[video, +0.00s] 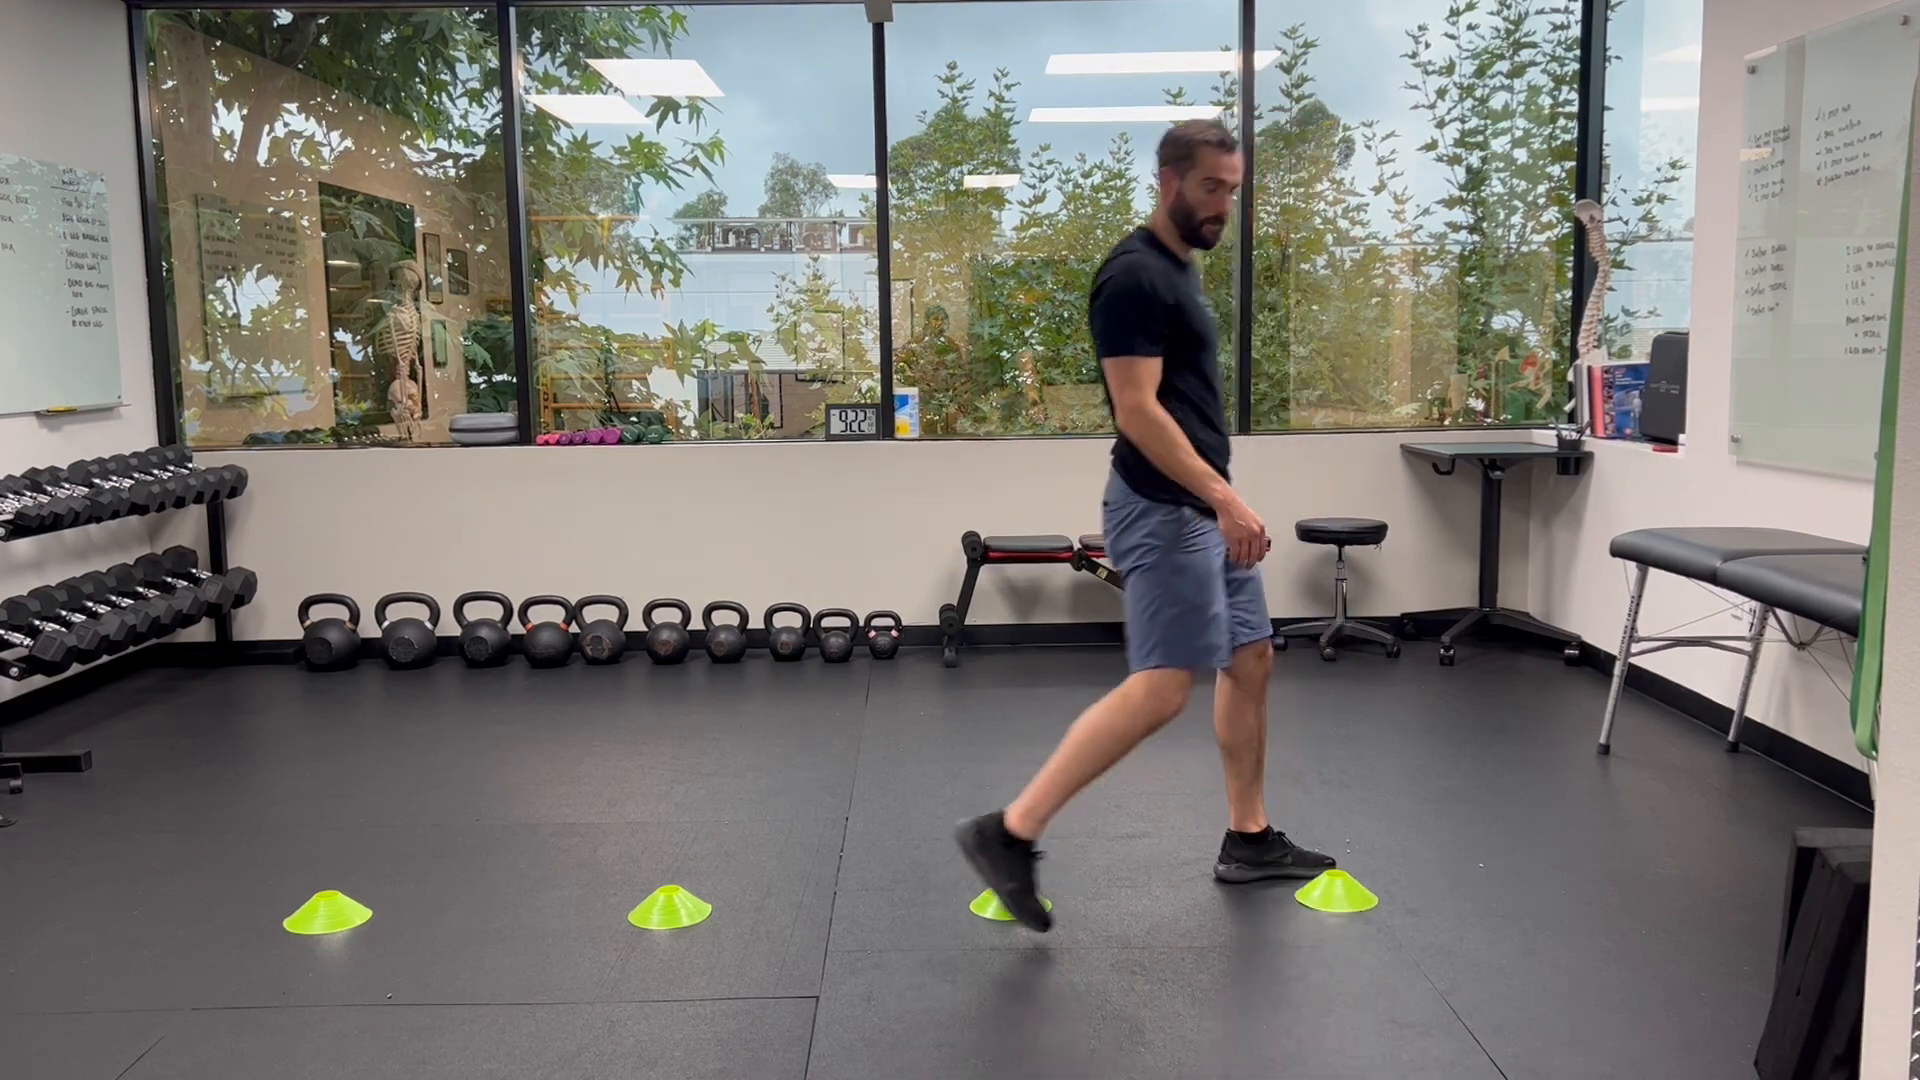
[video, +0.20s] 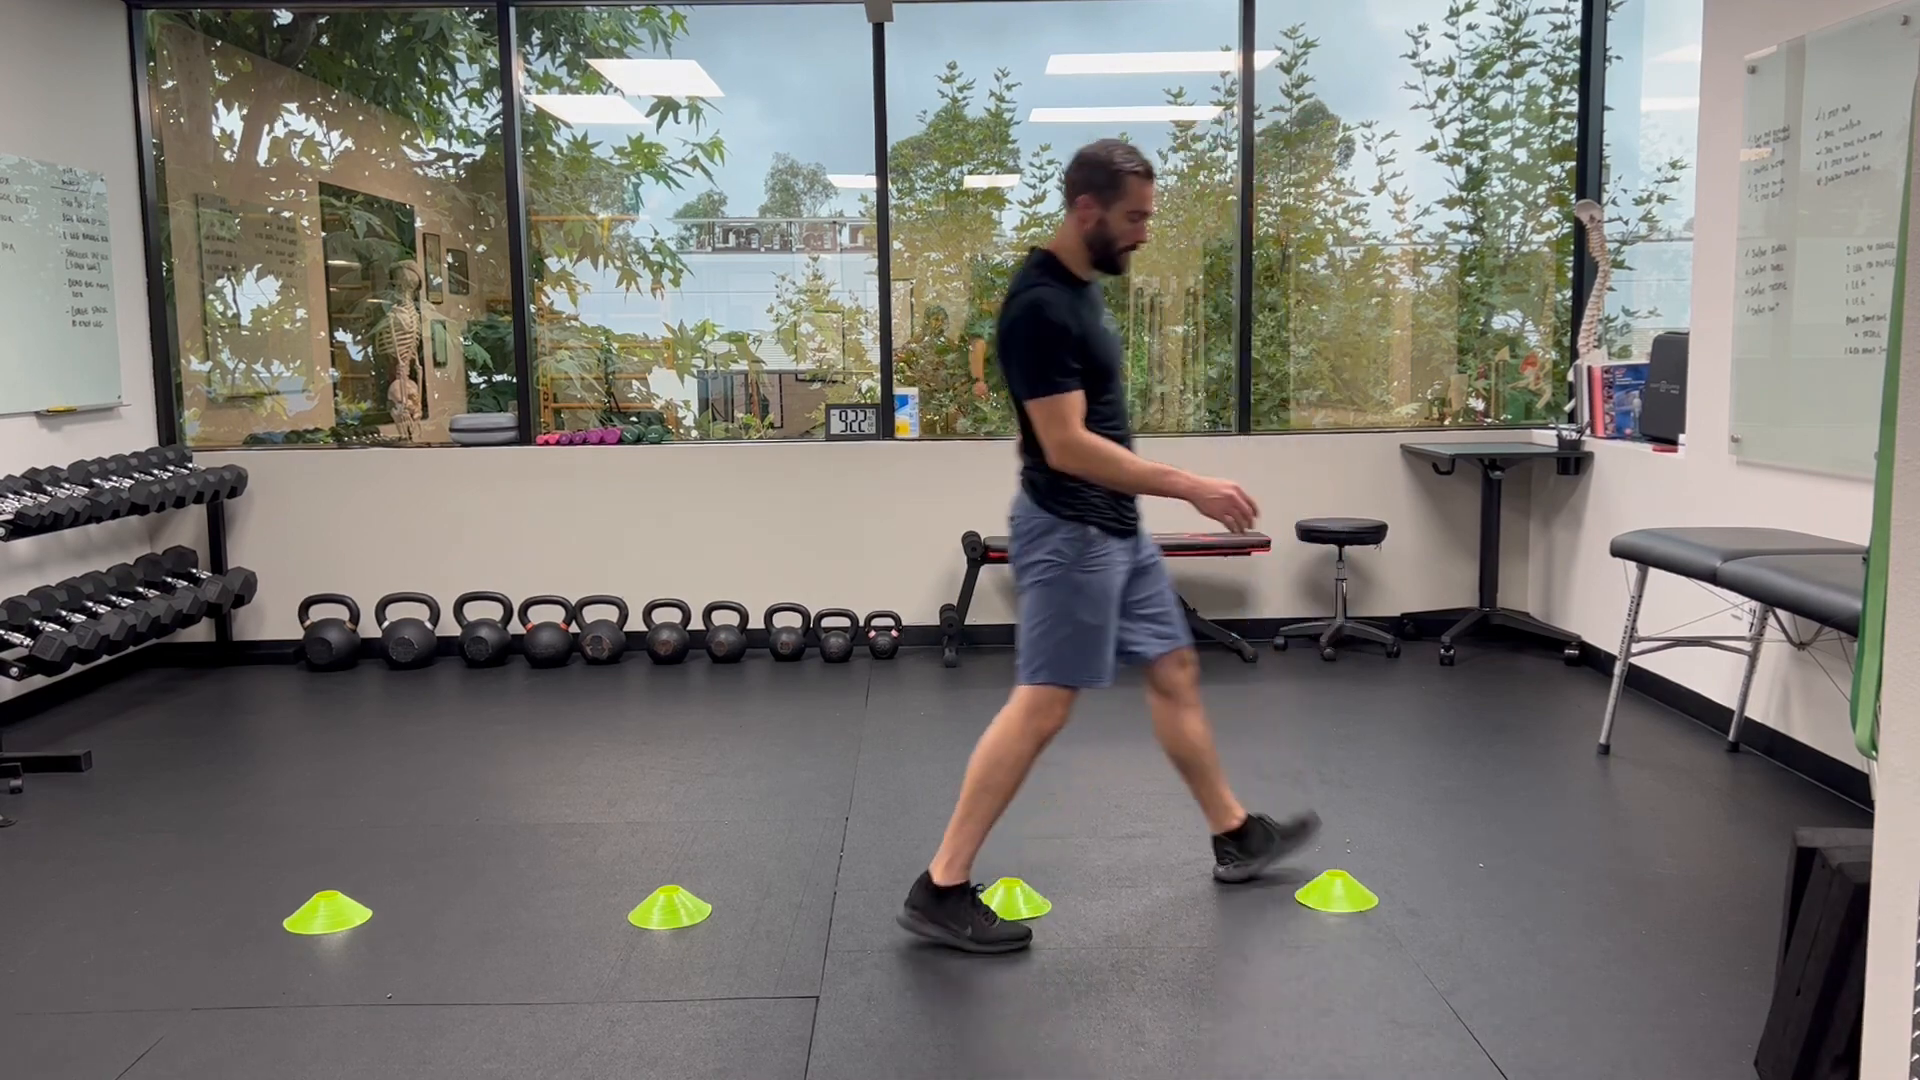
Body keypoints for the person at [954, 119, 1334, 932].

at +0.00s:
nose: (1223, 206)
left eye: (1233, 191)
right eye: (1212, 189)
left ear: (1233, 189)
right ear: (1168, 182)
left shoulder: (1177, 272)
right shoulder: (1134, 276)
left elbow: (1176, 408)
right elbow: (1137, 415)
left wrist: (1218, 510)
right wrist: (1227, 501)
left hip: (1203, 507)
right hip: (1161, 510)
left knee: (1250, 661)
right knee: (1162, 686)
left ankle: (1249, 839)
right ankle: (1011, 832)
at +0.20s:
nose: (1146, 231)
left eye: (1149, 216)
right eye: (1136, 215)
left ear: (1100, 210)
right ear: (1085, 207)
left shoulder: (1081, 289)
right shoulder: (1040, 302)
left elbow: (1084, 430)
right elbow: (1063, 446)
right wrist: (1192, 486)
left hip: (1115, 525)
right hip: (1065, 530)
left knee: (1175, 675)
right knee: (1040, 704)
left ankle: (1234, 835)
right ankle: (942, 885)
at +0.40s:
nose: (1048, 207)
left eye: (1050, 191)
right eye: (1038, 191)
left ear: (998, 187)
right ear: (984, 186)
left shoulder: (993, 262)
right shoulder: (936, 282)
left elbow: (991, 405)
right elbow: (932, 434)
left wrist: (1027, 501)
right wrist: (1028, 521)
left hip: (1011, 499)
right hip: (970, 510)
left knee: (1049, 644)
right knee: (979, 691)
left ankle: (1051, 797)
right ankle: (935, 891)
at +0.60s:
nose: (940, 206)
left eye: (942, 192)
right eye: (929, 193)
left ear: (899, 187)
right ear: (879, 186)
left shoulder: (913, 262)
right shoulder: (827, 284)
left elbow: (952, 372)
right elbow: (790, 428)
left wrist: (1010, 444)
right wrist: (789, 562)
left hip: (920, 511)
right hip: (887, 518)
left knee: (906, 650)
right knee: (946, 693)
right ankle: (932, 895)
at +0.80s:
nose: (837, 243)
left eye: (842, 229)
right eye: (825, 229)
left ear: (826, 220)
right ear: (777, 215)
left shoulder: (815, 295)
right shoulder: (720, 302)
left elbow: (869, 399)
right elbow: (661, 420)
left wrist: (913, 380)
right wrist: (645, 551)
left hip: (790, 529)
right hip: (787, 536)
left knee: (749, 679)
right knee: (877, 694)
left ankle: (642, 822)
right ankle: (925, 893)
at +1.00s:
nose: (744, 239)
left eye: (754, 226)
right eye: (737, 222)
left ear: (742, 214)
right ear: (697, 197)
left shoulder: (707, 281)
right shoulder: (633, 275)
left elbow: (736, 393)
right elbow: (596, 399)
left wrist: (826, 450)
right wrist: (592, 523)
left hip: (697, 508)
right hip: (662, 510)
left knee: (675, 671)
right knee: (733, 674)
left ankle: (628, 839)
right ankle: (769, 877)